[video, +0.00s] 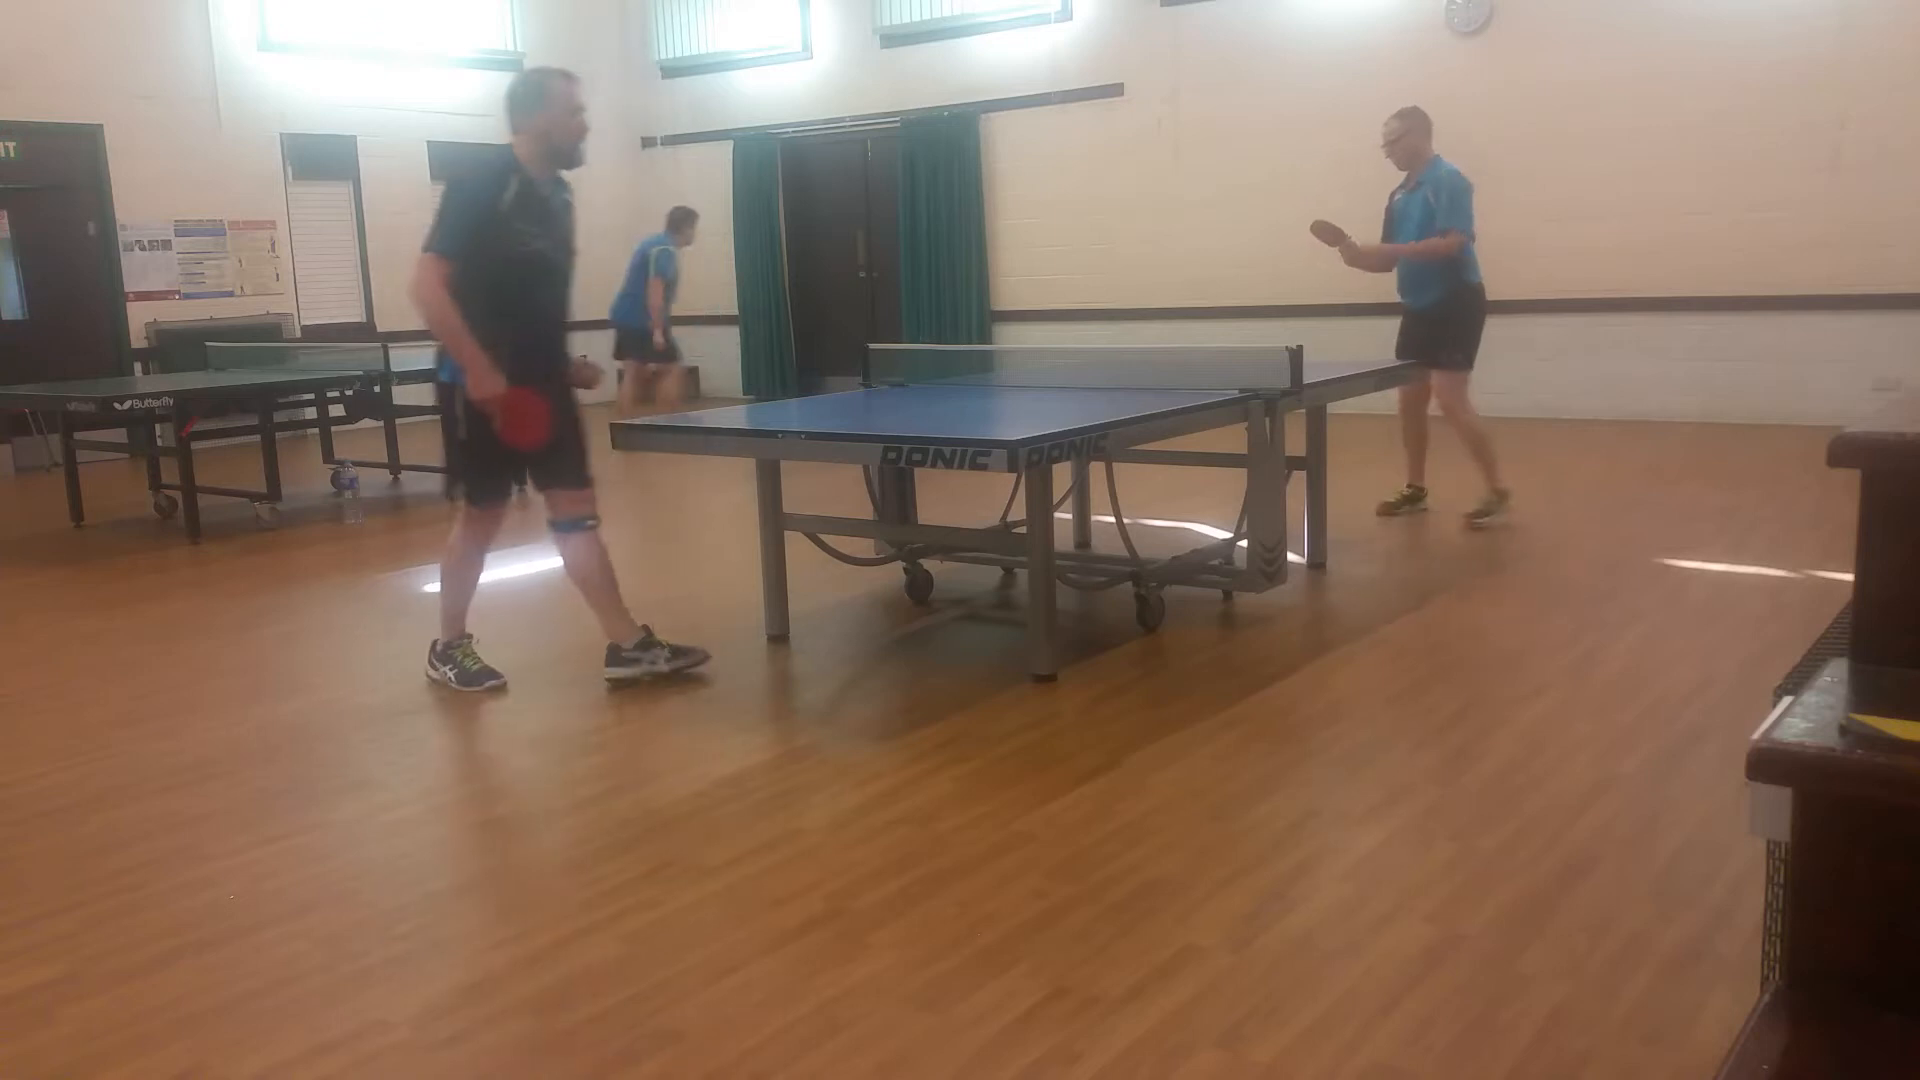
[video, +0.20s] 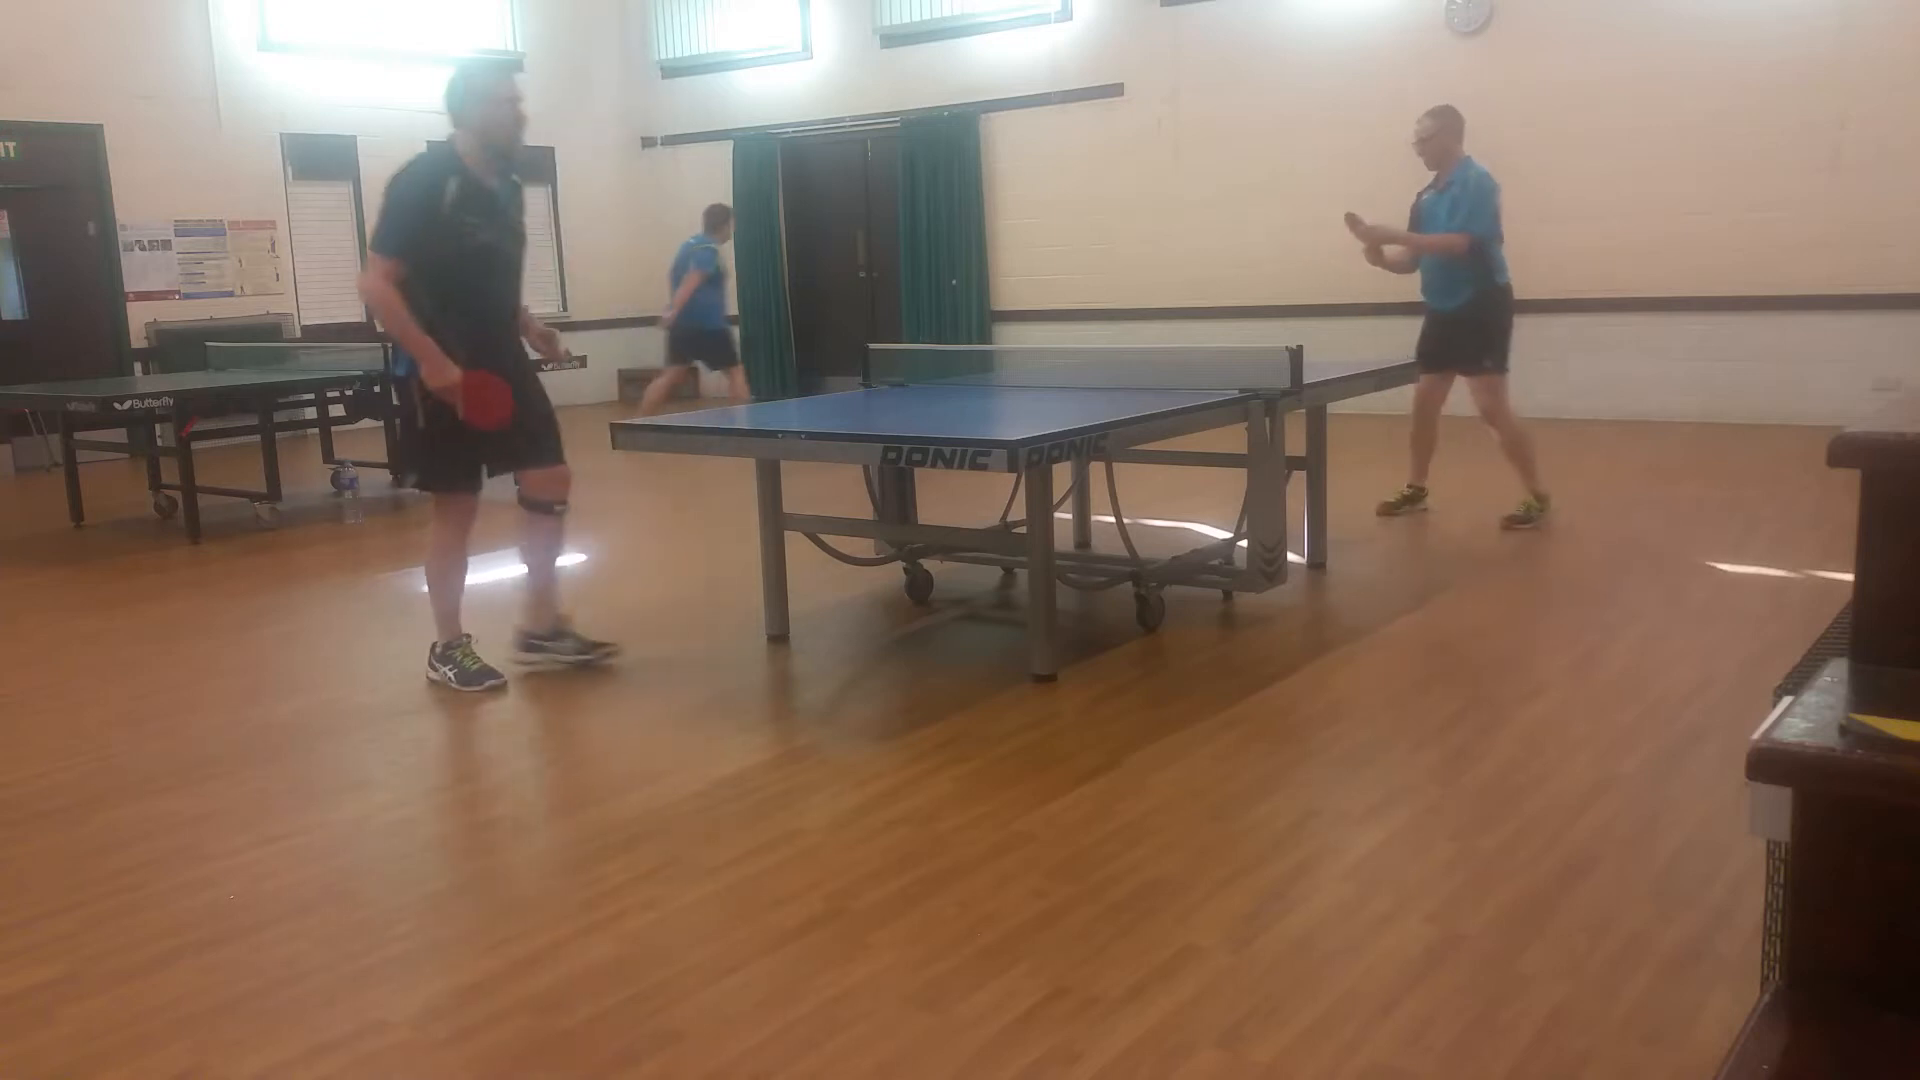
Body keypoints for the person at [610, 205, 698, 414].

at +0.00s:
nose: (694, 234)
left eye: (694, 228)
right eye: (692, 228)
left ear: (673, 225)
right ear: (683, 228)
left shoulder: (652, 244)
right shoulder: (663, 250)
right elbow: (655, 295)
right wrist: (658, 330)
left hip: (628, 319)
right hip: (643, 321)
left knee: (633, 370)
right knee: (671, 367)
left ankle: (625, 426)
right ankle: (664, 425)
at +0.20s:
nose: (731, 230)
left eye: (731, 225)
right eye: (730, 225)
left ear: (708, 224)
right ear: (723, 226)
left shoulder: (690, 246)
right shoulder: (708, 252)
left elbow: (676, 277)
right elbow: (691, 282)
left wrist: (673, 307)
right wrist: (674, 310)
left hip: (683, 326)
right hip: (709, 327)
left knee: (673, 374)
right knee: (736, 373)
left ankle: (638, 421)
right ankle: (744, 427)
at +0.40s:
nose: (768, 219)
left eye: (769, 215)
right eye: (768, 215)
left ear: (745, 211)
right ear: (762, 213)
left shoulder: (723, 234)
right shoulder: (755, 237)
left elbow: (709, 273)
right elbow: (757, 276)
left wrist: (711, 310)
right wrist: (761, 313)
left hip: (723, 311)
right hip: (746, 312)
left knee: (745, 362)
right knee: (751, 364)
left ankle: (730, 411)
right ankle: (745, 418)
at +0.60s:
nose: (805, 235)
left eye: (806, 231)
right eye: (805, 230)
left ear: (783, 225)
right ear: (799, 227)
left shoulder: (758, 246)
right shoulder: (796, 247)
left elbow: (740, 283)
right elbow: (824, 280)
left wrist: (737, 317)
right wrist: (854, 306)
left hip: (756, 318)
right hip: (780, 320)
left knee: (796, 363)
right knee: (768, 371)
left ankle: (814, 413)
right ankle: (751, 422)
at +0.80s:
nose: (840, 238)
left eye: (839, 235)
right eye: (839, 234)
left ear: (815, 230)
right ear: (835, 232)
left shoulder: (793, 251)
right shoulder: (833, 247)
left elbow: (778, 287)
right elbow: (855, 279)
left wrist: (774, 320)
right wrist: (882, 297)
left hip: (795, 321)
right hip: (822, 320)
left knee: (819, 370)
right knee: (829, 371)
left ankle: (832, 417)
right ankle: (790, 400)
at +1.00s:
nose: (866, 235)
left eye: (865, 232)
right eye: (865, 232)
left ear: (842, 228)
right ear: (862, 229)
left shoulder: (821, 247)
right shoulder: (864, 245)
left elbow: (809, 285)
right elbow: (879, 281)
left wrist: (815, 315)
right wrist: (894, 310)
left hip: (828, 315)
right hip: (859, 314)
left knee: (840, 364)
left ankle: (839, 409)